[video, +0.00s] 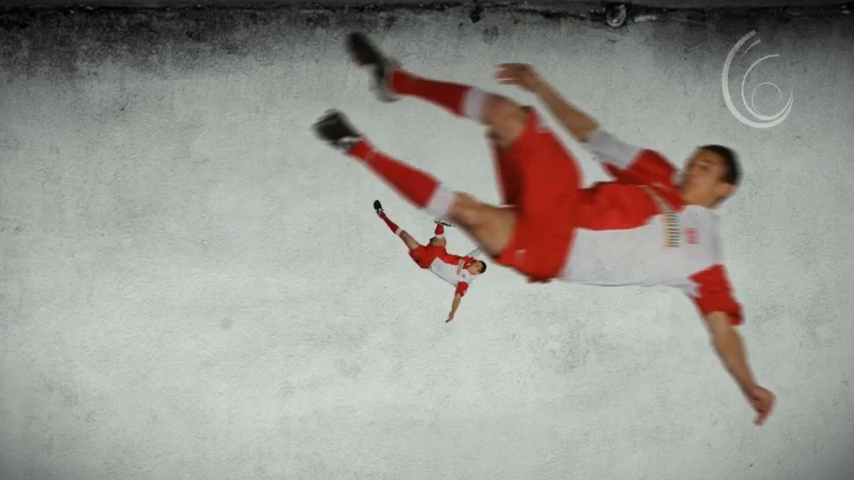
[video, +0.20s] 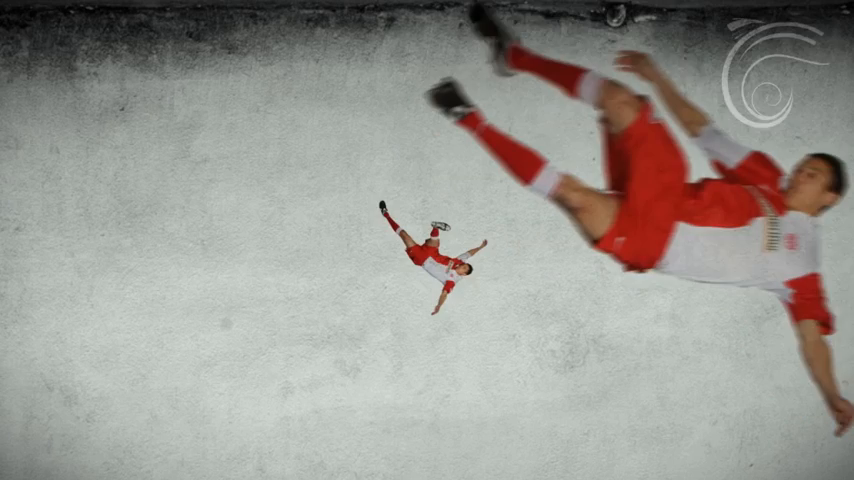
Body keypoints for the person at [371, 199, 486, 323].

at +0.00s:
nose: (474, 268)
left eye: (478, 269)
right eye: (476, 265)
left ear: (477, 274)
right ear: (473, 263)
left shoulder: (464, 282)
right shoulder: (467, 260)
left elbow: (458, 298)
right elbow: (478, 250)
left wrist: (452, 313)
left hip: (425, 261)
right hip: (437, 253)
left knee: (404, 235)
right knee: (440, 239)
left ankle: (382, 215)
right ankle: (440, 224)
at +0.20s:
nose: (461, 267)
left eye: (464, 270)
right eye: (464, 266)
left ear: (463, 274)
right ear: (462, 265)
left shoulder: (452, 280)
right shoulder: (458, 261)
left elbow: (445, 294)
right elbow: (469, 253)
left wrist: (438, 306)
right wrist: (481, 246)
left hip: (420, 258)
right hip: (432, 252)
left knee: (403, 234)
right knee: (434, 241)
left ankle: (386, 215)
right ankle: (436, 228)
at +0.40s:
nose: (449, 268)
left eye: (451, 270)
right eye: (451, 267)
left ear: (450, 274)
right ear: (450, 264)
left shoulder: (439, 278)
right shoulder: (446, 262)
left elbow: (432, 289)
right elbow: (457, 256)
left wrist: (426, 299)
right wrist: (468, 251)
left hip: (415, 256)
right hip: (425, 252)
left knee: (403, 233)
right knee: (428, 242)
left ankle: (389, 214)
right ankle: (431, 231)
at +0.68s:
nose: (435, 265)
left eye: (436, 267)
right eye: (436, 264)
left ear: (435, 269)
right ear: (436, 262)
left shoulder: (426, 271)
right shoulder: (432, 259)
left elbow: (419, 279)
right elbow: (442, 256)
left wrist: (412, 286)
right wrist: (452, 253)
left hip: (409, 250)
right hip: (417, 249)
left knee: (402, 231)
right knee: (421, 242)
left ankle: (394, 215)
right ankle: (425, 233)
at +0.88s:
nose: (426, 260)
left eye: (427, 262)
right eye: (427, 260)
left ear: (425, 263)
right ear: (427, 258)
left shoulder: (418, 265)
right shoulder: (424, 255)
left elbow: (411, 271)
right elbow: (433, 253)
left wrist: (405, 276)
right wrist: (440, 253)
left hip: (406, 246)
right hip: (413, 246)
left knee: (402, 230)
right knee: (416, 241)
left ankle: (397, 216)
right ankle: (421, 234)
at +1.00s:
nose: (421, 256)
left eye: (422, 258)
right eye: (423, 256)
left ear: (421, 259)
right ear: (423, 255)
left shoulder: (413, 260)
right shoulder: (419, 253)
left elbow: (407, 266)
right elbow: (427, 251)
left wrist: (402, 270)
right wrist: (435, 251)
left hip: (404, 243)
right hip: (411, 244)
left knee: (402, 229)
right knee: (413, 240)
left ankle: (398, 216)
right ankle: (418, 233)